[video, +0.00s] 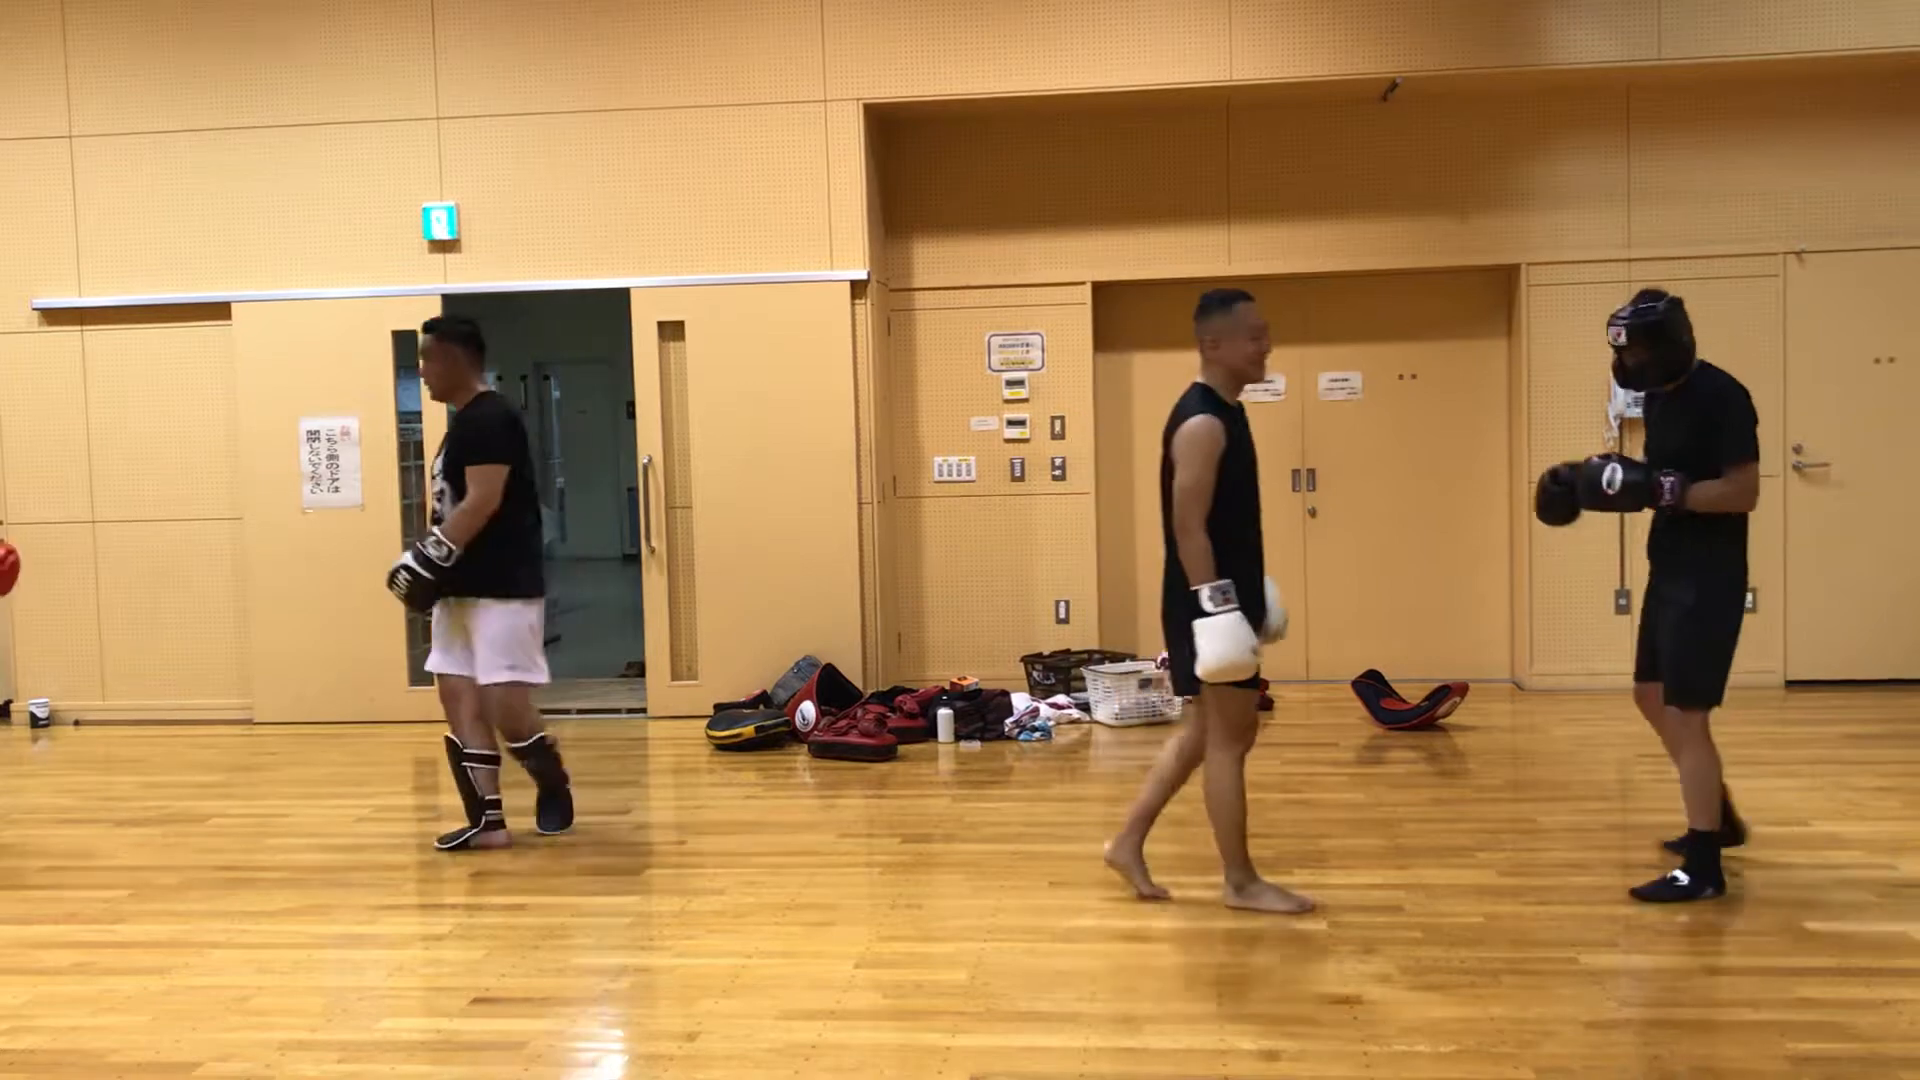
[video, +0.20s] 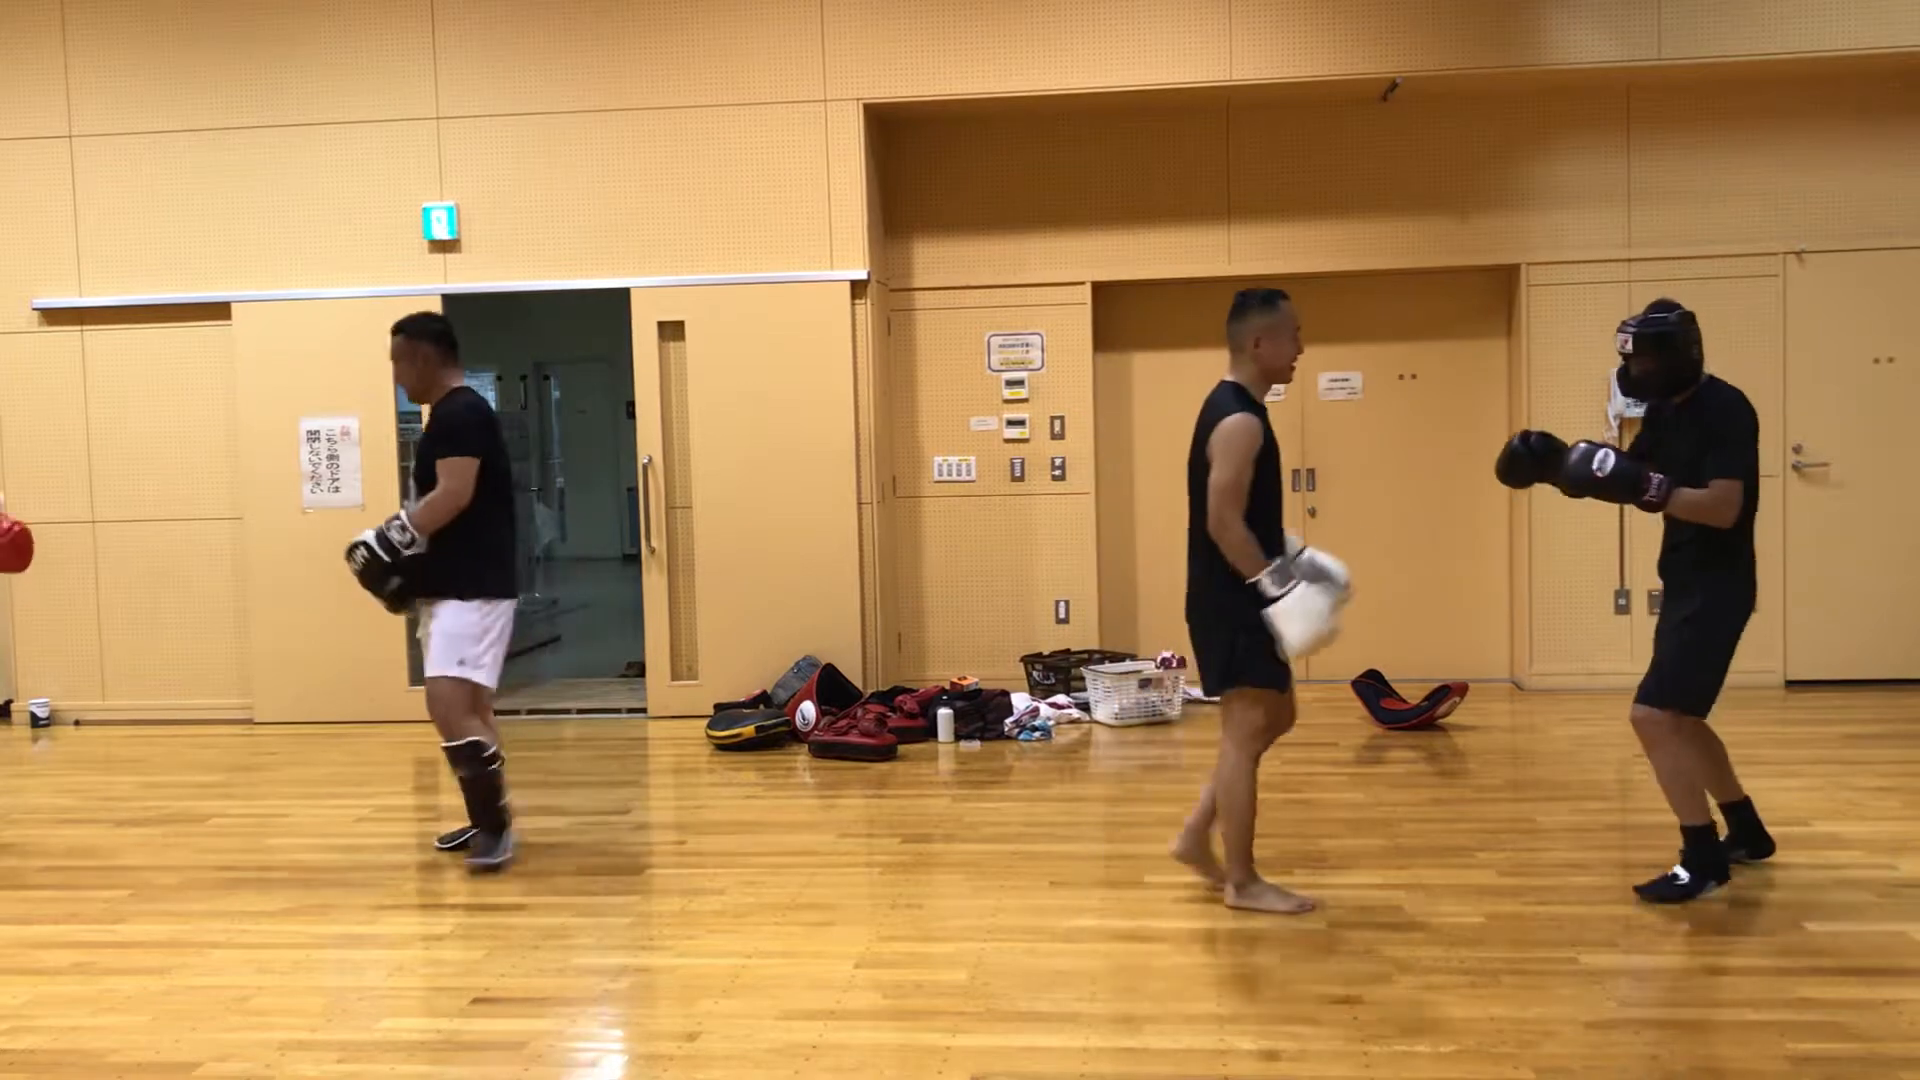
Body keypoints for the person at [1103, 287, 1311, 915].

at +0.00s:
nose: (1266, 346)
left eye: (1265, 335)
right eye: (1255, 337)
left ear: (1230, 344)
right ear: (1213, 344)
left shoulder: (1225, 412)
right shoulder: (1202, 422)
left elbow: (1227, 519)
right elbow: (1187, 526)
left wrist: (1256, 587)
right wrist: (1217, 610)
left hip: (1219, 600)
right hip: (1209, 606)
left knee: (1201, 731)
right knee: (1229, 737)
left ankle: (1128, 843)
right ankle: (1240, 880)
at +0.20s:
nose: (1299, 351)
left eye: (1298, 339)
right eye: (1291, 339)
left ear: (1254, 344)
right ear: (1258, 343)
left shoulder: (1238, 409)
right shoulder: (1237, 420)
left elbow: (1246, 513)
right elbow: (1222, 521)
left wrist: (1297, 554)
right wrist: (1276, 588)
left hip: (1241, 594)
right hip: (1228, 599)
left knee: (1277, 714)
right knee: (1244, 730)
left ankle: (1195, 835)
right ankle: (1241, 880)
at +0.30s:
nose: (1311, 348)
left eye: (1310, 336)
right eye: (1304, 336)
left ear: (1266, 341)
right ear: (1271, 341)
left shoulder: (1251, 408)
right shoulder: (1251, 417)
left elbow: (1266, 506)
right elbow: (1251, 520)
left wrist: (1323, 527)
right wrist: (1323, 554)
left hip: (1261, 596)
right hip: (1244, 601)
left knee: (1297, 709)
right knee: (1260, 724)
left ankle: (1257, 854)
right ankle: (1242, 880)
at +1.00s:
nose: (1396, 373)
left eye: (1398, 362)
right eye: (1386, 361)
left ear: (1376, 364)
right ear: (1344, 358)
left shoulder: (1381, 432)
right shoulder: (1288, 418)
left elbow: (1409, 516)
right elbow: (1263, 506)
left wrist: (1448, 501)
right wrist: (1329, 492)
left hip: (1339, 592)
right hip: (1278, 592)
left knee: (1383, 709)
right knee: (1283, 719)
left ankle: (1368, 847)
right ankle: (1258, 867)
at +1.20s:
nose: (1355, 369)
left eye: (1365, 358)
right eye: (1345, 355)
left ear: (1375, 364)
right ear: (1320, 353)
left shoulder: (1367, 428)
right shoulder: (1271, 408)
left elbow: (1416, 494)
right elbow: (1293, 474)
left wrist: (1445, 452)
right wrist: (1332, 409)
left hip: (1332, 589)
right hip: (1266, 589)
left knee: (1371, 707)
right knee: (1233, 716)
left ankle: (1368, 845)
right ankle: (1214, 827)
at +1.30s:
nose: (1333, 368)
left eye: (1339, 358)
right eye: (1320, 356)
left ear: (1345, 365)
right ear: (1294, 355)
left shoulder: (1344, 424)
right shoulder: (1244, 413)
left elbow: (1400, 486)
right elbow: (1275, 469)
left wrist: (1420, 442)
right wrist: (1301, 405)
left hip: (1321, 593)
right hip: (1252, 594)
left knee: (1366, 709)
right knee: (1210, 720)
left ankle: (1368, 846)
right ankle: (1208, 826)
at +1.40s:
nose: (1307, 376)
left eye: (1314, 366)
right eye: (1296, 364)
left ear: (1322, 370)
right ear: (1268, 362)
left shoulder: (1329, 427)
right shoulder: (1226, 420)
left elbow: (1384, 490)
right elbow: (1250, 479)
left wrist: (1402, 444)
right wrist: (1273, 415)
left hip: (1310, 597)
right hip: (1241, 599)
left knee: (1360, 709)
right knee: (1199, 718)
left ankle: (1364, 847)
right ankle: (1208, 833)